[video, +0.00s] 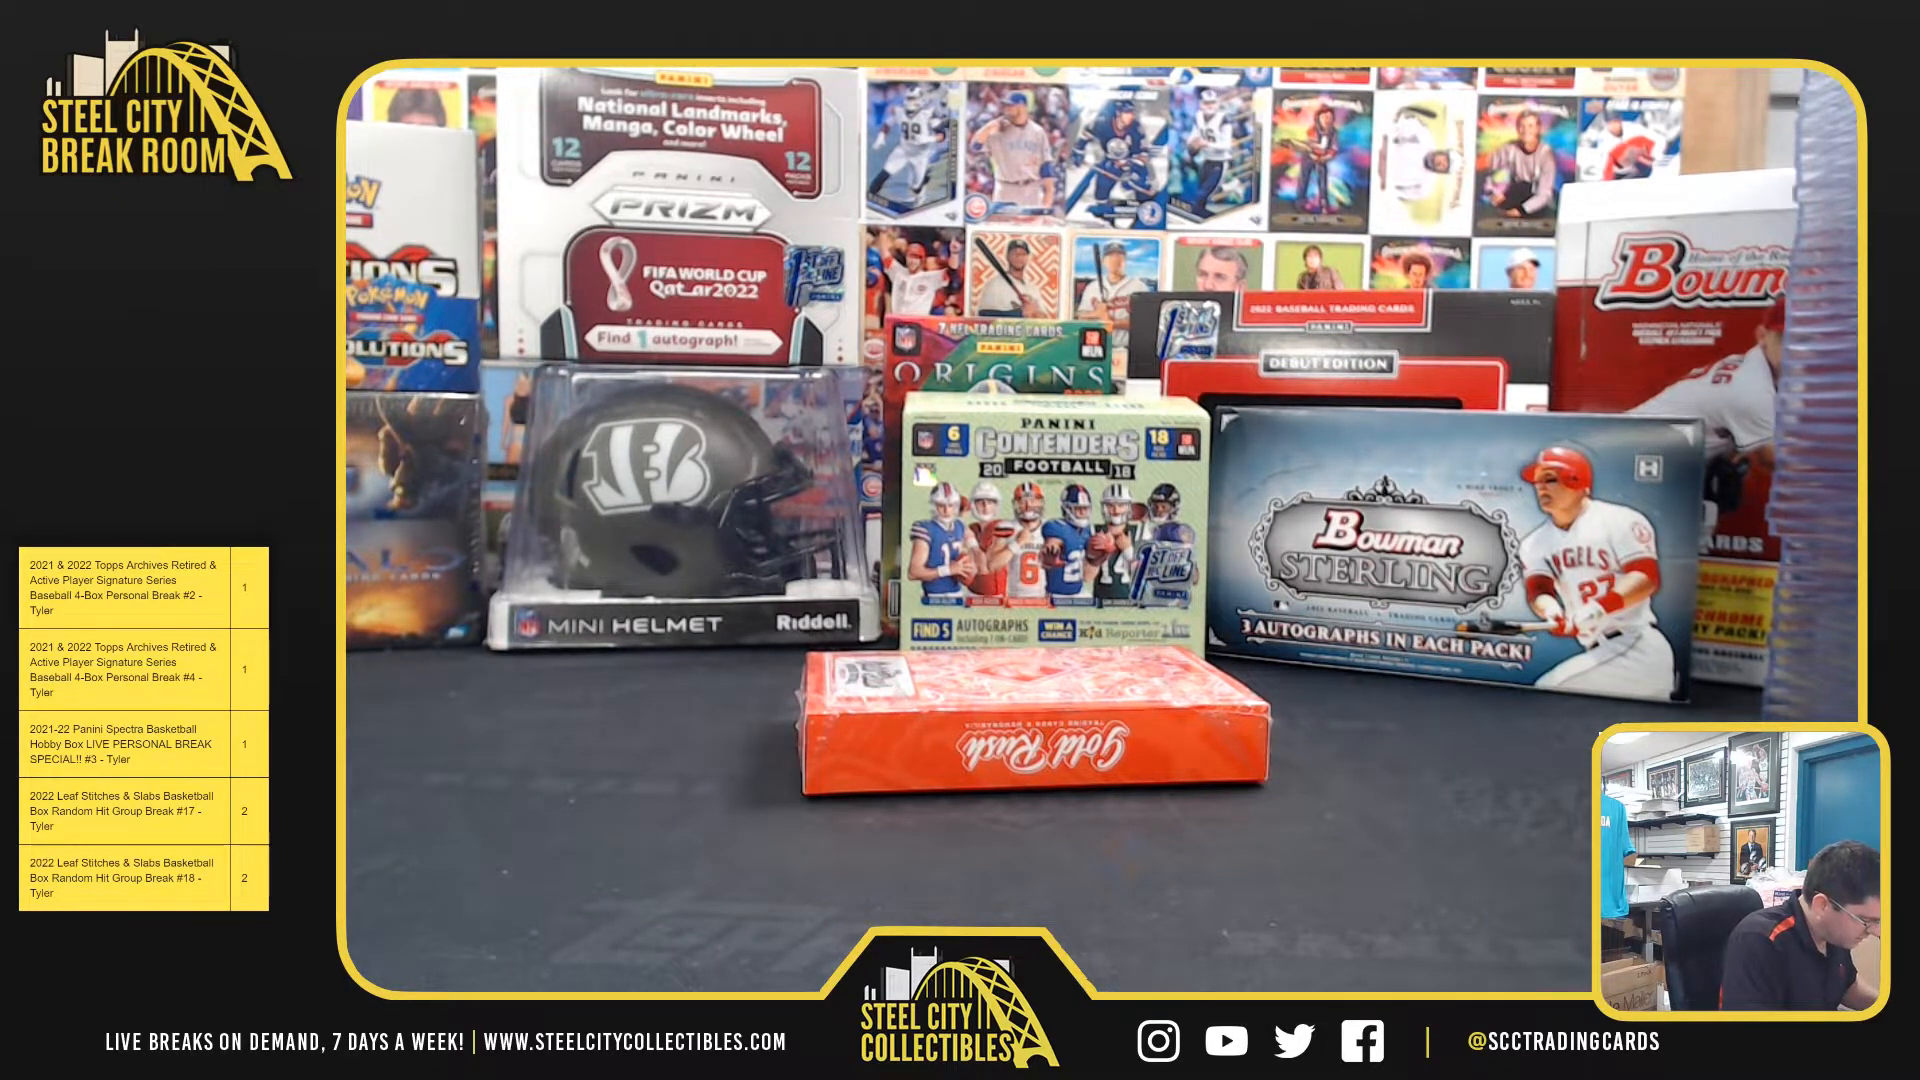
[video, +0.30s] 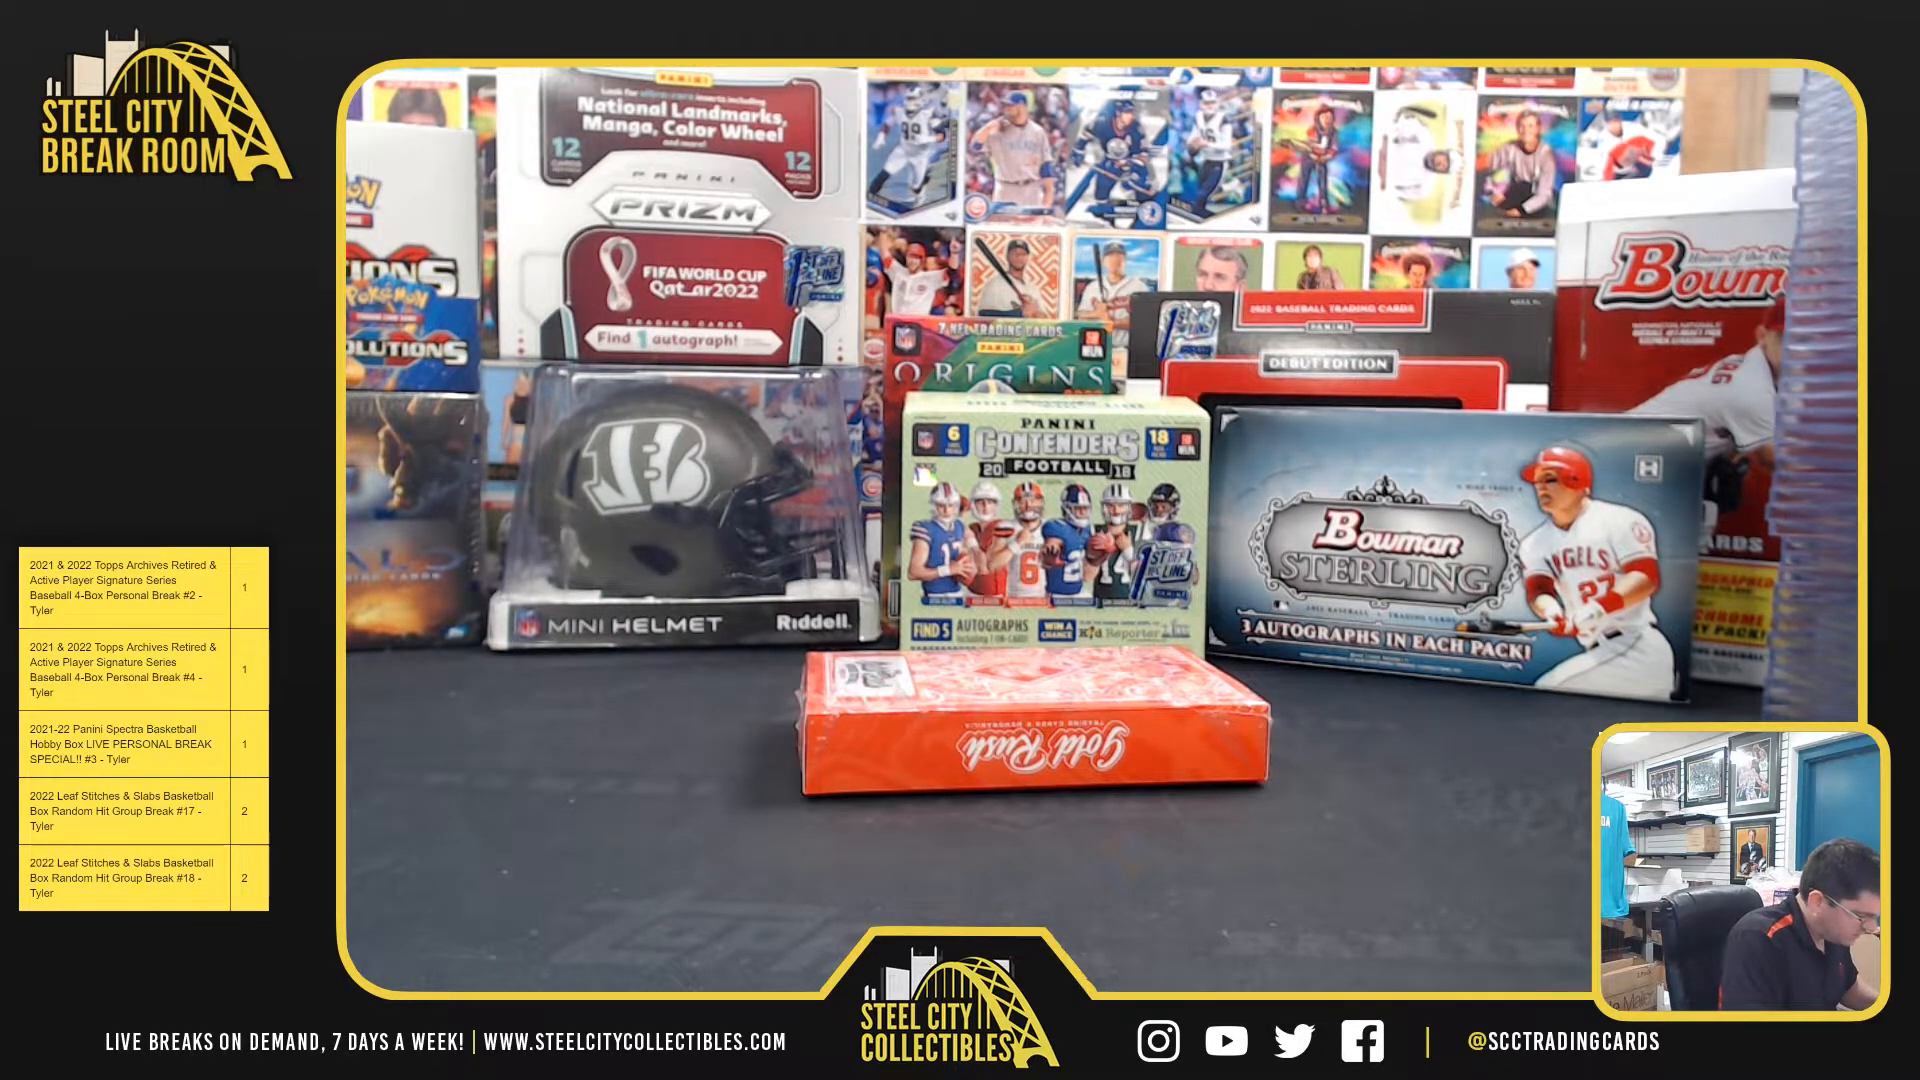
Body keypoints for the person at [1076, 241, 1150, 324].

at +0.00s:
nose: (1115, 260)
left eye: (1119, 255)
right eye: (1111, 256)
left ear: (1124, 260)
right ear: (1104, 261)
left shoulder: (1137, 286)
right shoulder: (1092, 287)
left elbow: (1143, 319)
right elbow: (1081, 315)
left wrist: (1114, 323)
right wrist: (1097, 314)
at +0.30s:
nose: (1115, 260)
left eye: (1119, 255)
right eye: (1111, 256)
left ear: (1124, 260)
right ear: (1103, 261)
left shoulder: (1137, 286)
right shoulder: (1092, 287)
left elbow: (1144, 318)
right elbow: (1081, 316)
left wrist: (1114, 323)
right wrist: (1097, 314)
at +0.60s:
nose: (1115, 260)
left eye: (1119, 256)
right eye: (1111, 256)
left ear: (1125, 260)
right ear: (1104, 261)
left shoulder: (1138, 287)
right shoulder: (1092, 287)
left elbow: (1143, 320)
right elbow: (1081, 315)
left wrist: (1114, 323)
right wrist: (1099, 314)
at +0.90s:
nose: (1115, 260)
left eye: (1119, 255)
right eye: (1111, 256)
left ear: (1124, 260)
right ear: (1103, 261)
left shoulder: (1138, 287)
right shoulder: (1092, 288)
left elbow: (1143, 319)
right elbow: (1081, 315)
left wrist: (1113, 322)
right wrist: (1098, 313)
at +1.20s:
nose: (1115, 260)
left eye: (1119, 255)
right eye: (1111, 255)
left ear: (1124, 260)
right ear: (1103, 261)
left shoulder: (1138, 287)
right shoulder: (1092, 287)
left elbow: (1143, 319)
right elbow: (1081, 315)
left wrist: (1113, 323)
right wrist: (1099, 313)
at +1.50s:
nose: (1115, 260)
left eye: (1119, 255)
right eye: (1111, 256)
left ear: (1124, 260)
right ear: (1103, 261)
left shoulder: (1138, 287)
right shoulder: (1092, 287)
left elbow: (1143, 319)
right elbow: (1081, 315)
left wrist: (1114, 323)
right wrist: (1099, 313)